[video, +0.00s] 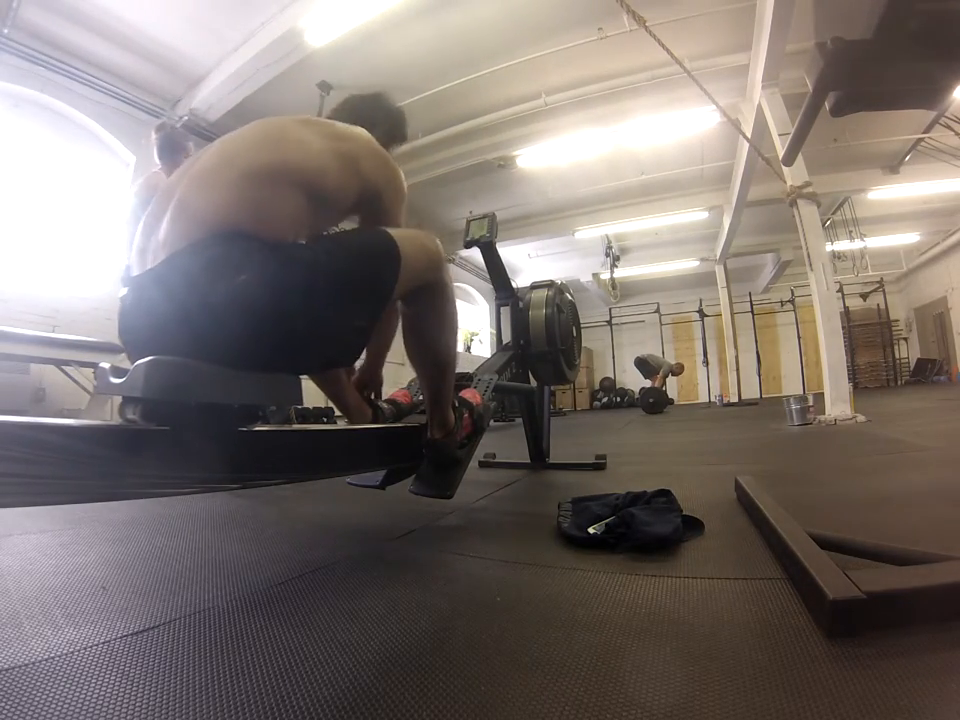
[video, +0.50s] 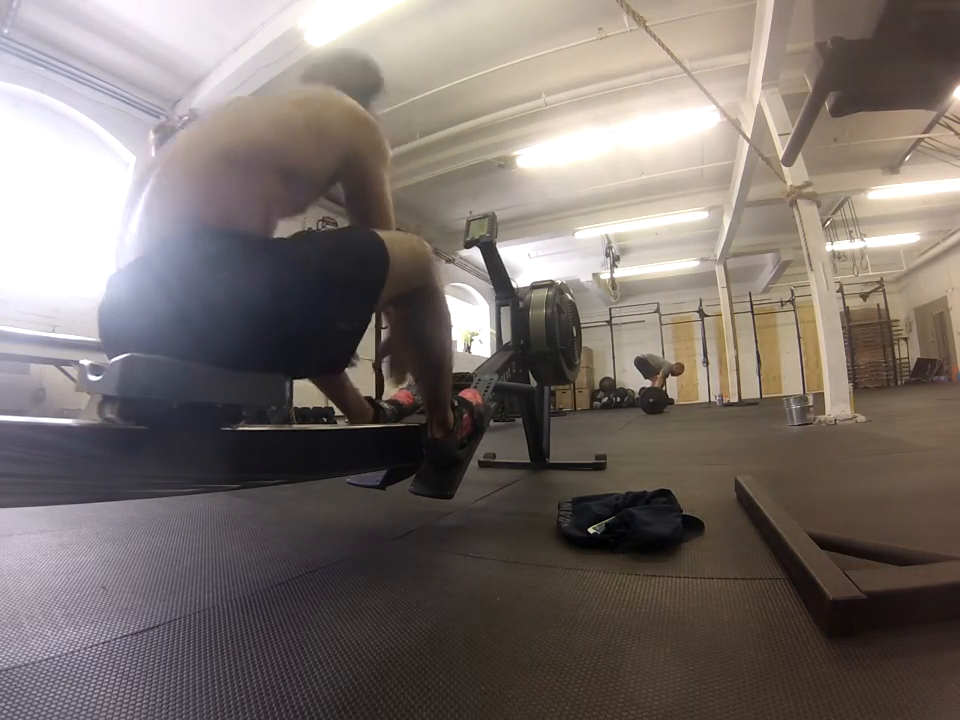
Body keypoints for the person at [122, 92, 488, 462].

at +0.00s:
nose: (390, 161)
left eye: (392, 152)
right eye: (392, 152)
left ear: (333, 117)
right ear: (384, 140)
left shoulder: (273, 139)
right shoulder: (378, 165)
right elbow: (384, 290)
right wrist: (373, 370)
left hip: (143, 322)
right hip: (233, 300)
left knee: (299, 294)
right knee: (426, 258)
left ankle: (363, 416)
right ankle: (444, 424)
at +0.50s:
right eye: (371, 105)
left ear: (307, 77)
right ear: (364, 96)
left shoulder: (239, 115)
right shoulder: (356, 125)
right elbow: (382, 257)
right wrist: (397, 335)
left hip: (126, 312)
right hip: (220, 298)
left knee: (288, 294)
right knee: (415, 263)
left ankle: (364, 418)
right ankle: (443, 426)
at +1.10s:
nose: (227, 29)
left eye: (226, 31)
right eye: (226, 23)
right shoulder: (178, 8)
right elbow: (121, 72)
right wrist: (194, 293)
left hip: (49, 261)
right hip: (117, 252)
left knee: (244, 310)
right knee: (360, 294)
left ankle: (358, 415)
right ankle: (445, 424)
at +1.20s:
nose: (214, 17)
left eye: (217, 14)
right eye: (215, 7)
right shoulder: (160, 10)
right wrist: (132, 260)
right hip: (113, 229)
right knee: (349, 314)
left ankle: (359, 422)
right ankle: (444, 430)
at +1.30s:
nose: (196, 14)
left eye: (188, 18)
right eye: (188, 13)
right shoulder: (141, 11)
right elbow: (45, 16)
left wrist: (157, 194)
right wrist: (145, 224)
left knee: (270, 350)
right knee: (337, 323)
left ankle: (365, 431)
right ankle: (445, 429)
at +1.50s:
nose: (183, 13)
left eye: (176, 14)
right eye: (175, 10)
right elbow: (57, 16)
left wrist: (157, 168)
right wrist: (166, 191)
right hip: (52, 212)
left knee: (269, 370)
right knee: (328, 342)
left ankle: (379, 433)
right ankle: (445, 428)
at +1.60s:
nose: (187, 10)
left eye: (178, 14)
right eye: (178, 9)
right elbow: (80, 23)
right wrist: (189, 212)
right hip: (51, 213)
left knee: (282, 388)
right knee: (322, 342)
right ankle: (442, 426)